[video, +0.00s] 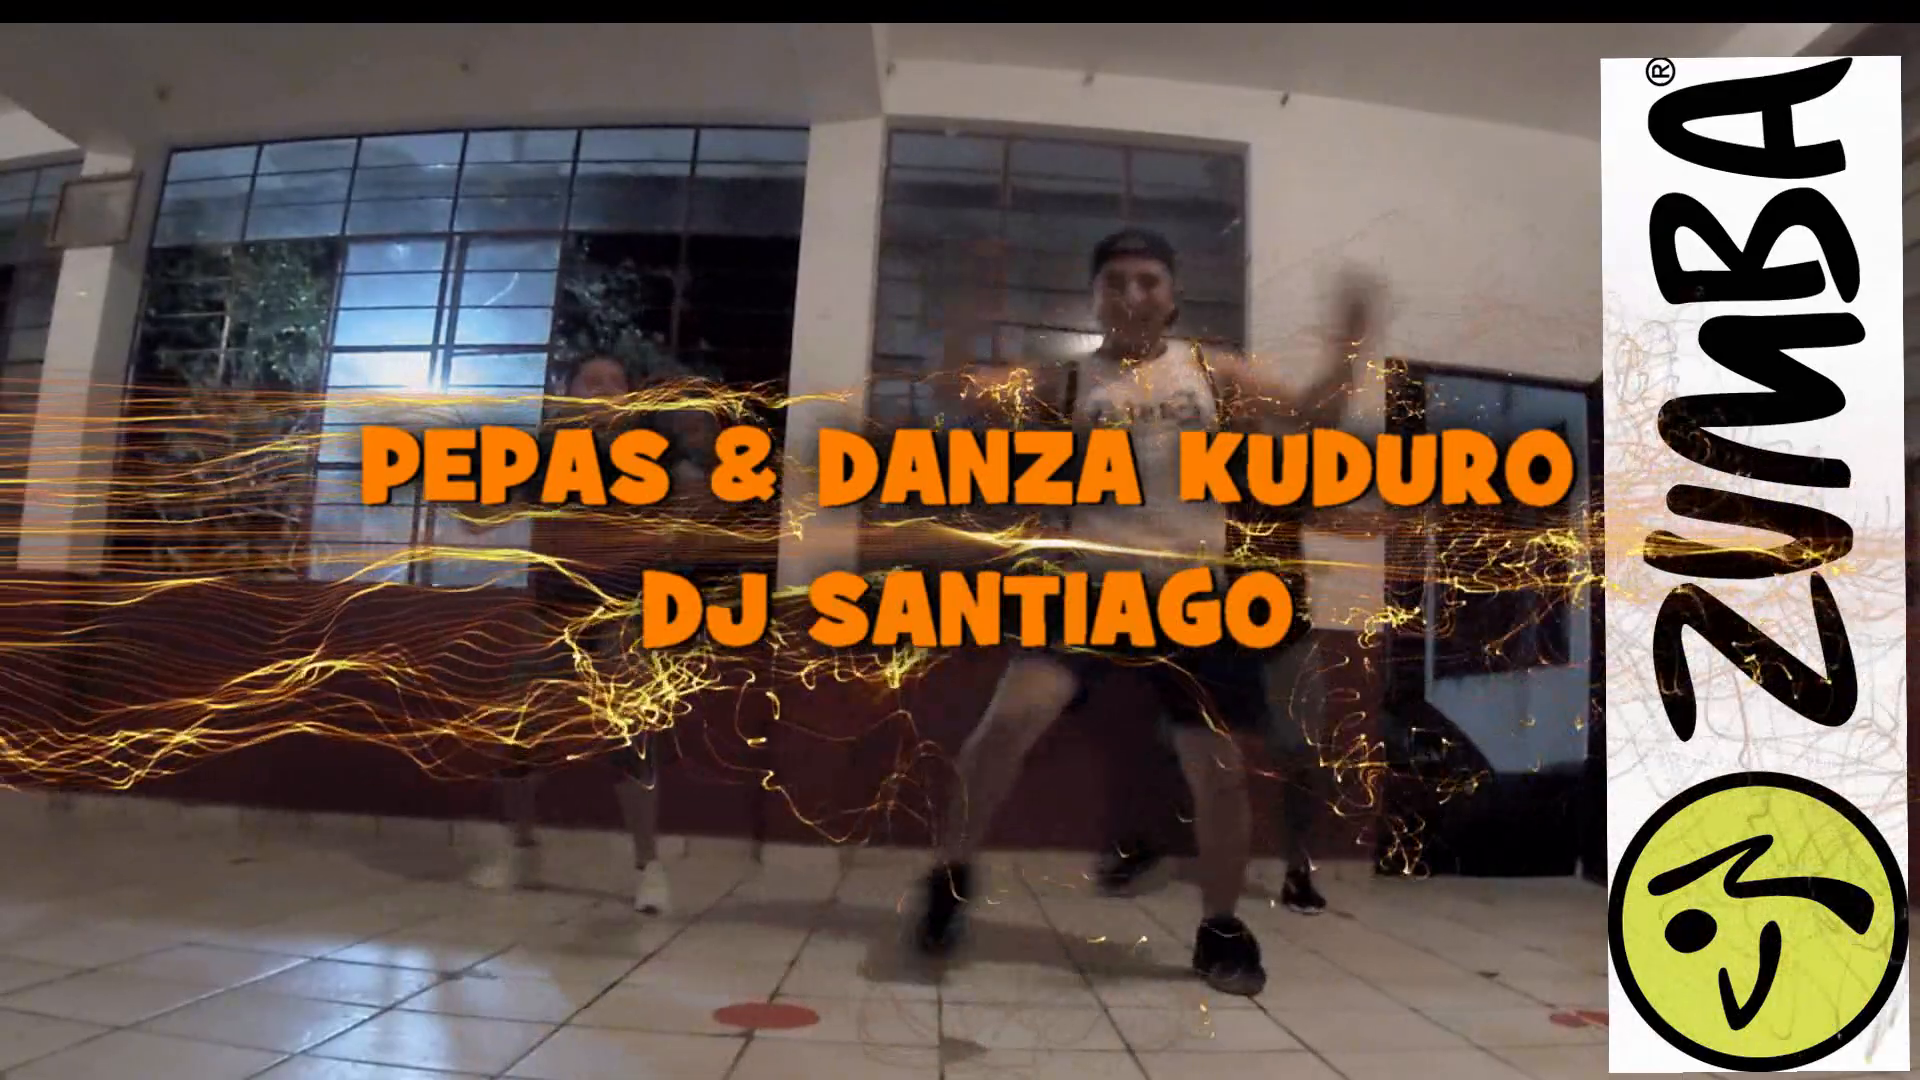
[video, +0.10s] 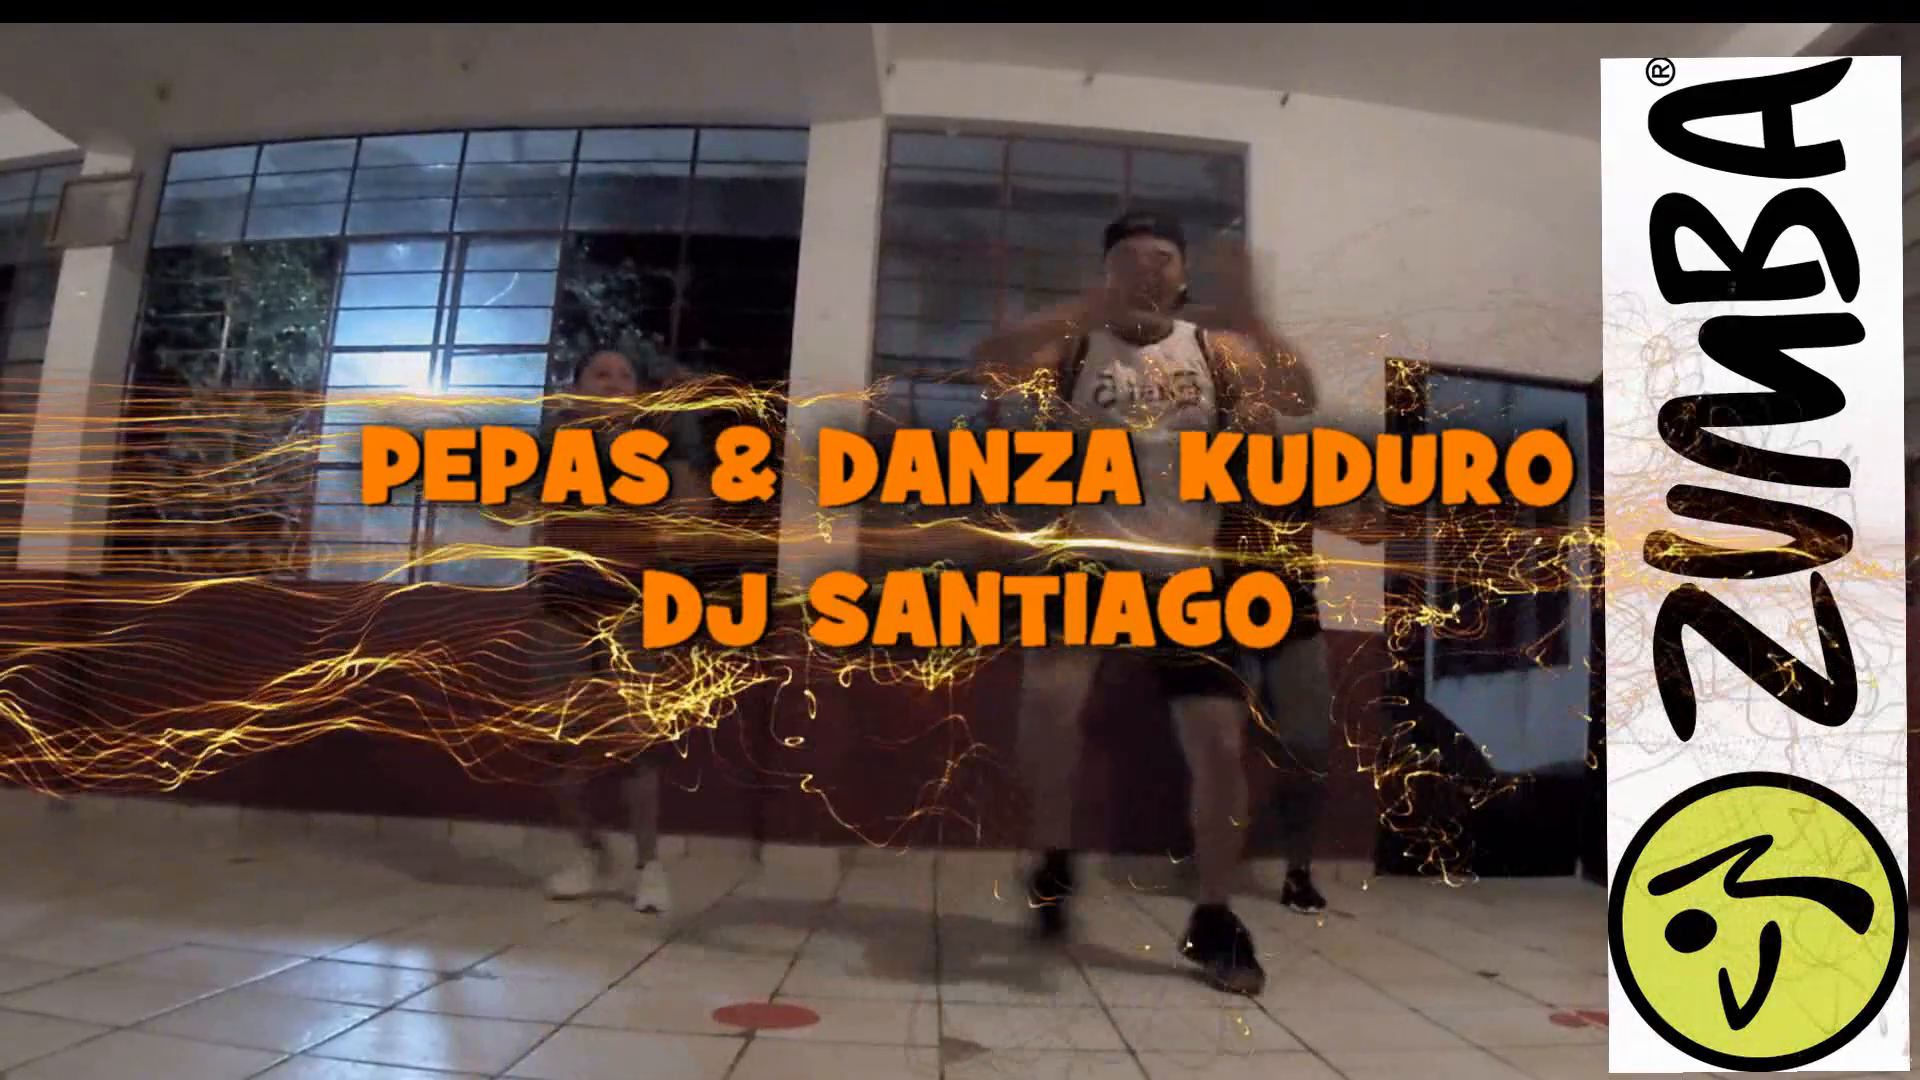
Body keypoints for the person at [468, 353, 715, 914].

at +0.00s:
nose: (601, 399)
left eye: (611, 389)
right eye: (591, 389)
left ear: (629, 396)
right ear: (572, 396)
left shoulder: (650, 455)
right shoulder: (553, 448)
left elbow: (685, 518)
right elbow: (484, 511)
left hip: (626, 612)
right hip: (554, 610)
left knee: (633, 740)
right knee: (520, 731)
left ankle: (649, 867)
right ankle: (515, 850)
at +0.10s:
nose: (610, 386)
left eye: (620, 377)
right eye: (599, 376)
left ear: (637, 389)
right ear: (580, 385)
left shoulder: (657, 447)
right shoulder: (560, 442)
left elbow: (692, 510)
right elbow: (527, 513)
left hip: (638, 606)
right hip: (568, 605)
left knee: (642, 735)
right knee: (570, 731)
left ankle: (648, 866)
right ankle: (580, 856)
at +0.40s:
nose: (590, 428)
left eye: (600, 417)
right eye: (579, 417)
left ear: (620, 424)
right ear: (564, 424)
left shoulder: (644, 486)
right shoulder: (540, 485)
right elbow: (462, 519)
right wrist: (490, 457)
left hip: (619, 629)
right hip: (546, 626)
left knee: (624, 746)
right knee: (487, 730)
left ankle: (650, 868)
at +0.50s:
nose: (559, 418)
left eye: (571, 407)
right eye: (550, 407)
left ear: (594, 414)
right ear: (538, 412)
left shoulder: (622, 473)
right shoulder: (516, 467)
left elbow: (688, 509)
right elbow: (435, 491)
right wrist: (423, 463)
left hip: (592, 630)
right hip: (517, 624)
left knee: (601, 745)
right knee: (442, 726)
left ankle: (646, 866)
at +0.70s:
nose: (489, 401)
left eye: (500, 392)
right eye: (481, 391)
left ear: (517, 400)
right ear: (466, 396)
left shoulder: (532, 462)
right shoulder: (442, 456)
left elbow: (596, 512)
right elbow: (391, 506)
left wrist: (657, 495)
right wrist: (335, 462)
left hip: (505, 609)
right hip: (432, 607)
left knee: (547, 730)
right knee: (388, 714)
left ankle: (607, 858)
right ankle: (369, 848)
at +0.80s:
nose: (471, 402)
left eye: (480, 392)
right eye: (460, 391)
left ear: (492, 400)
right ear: (444, 396)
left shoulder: (504, 465)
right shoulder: (417, 461)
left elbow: (553, 528)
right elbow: (362, 517)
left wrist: (611, 506)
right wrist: (315, 480)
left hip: (473, 609)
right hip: (409, 607)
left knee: (492, 716)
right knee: (369, 716)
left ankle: (537, 831)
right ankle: (367, 844)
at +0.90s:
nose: (455, 398)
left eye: (466, 390)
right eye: (445, 388)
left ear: (479, 400)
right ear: (424, 397)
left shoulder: (494, 464)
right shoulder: (394, 461)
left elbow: (549, 510)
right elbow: (327, 504)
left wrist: (559, 468)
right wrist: (303, 473)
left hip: (463, 605)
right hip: (399, 603)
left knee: (462, 713)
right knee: (372, 716)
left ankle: (475, 832)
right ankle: (364, 844)